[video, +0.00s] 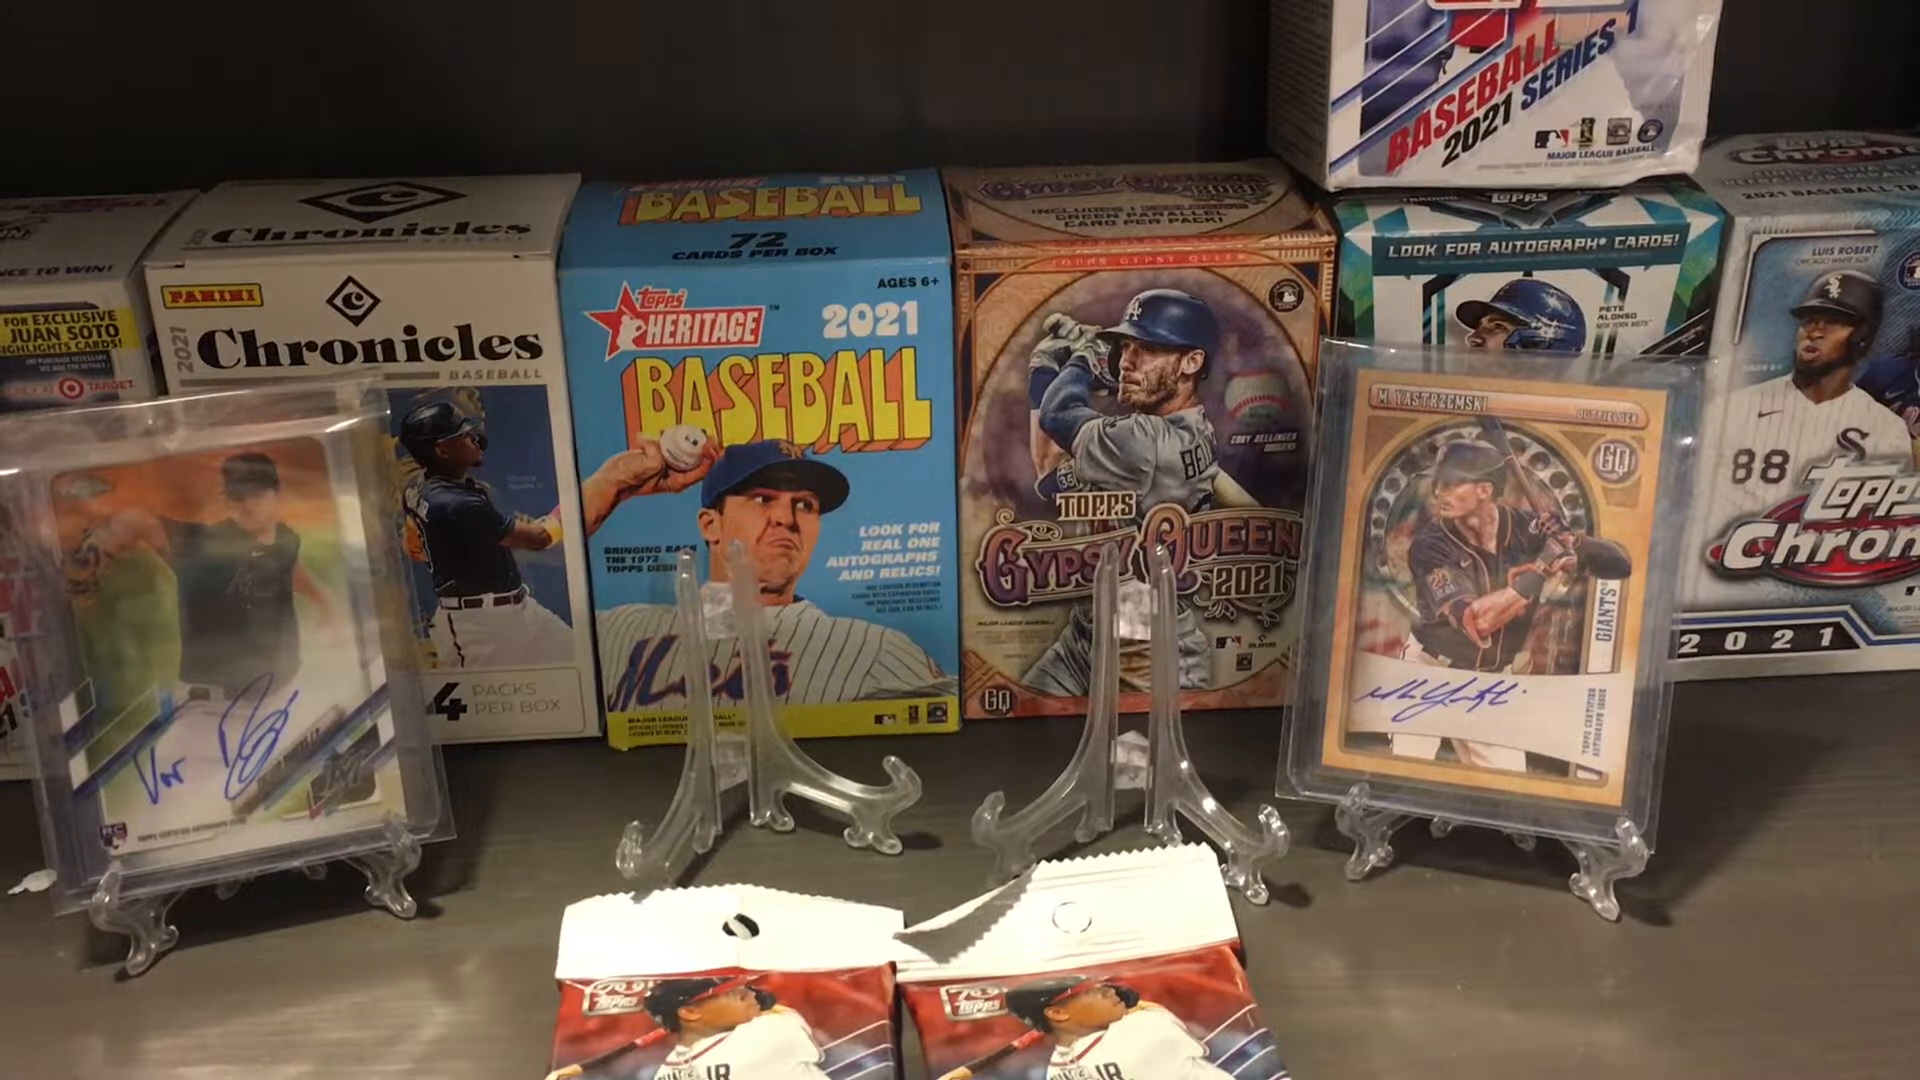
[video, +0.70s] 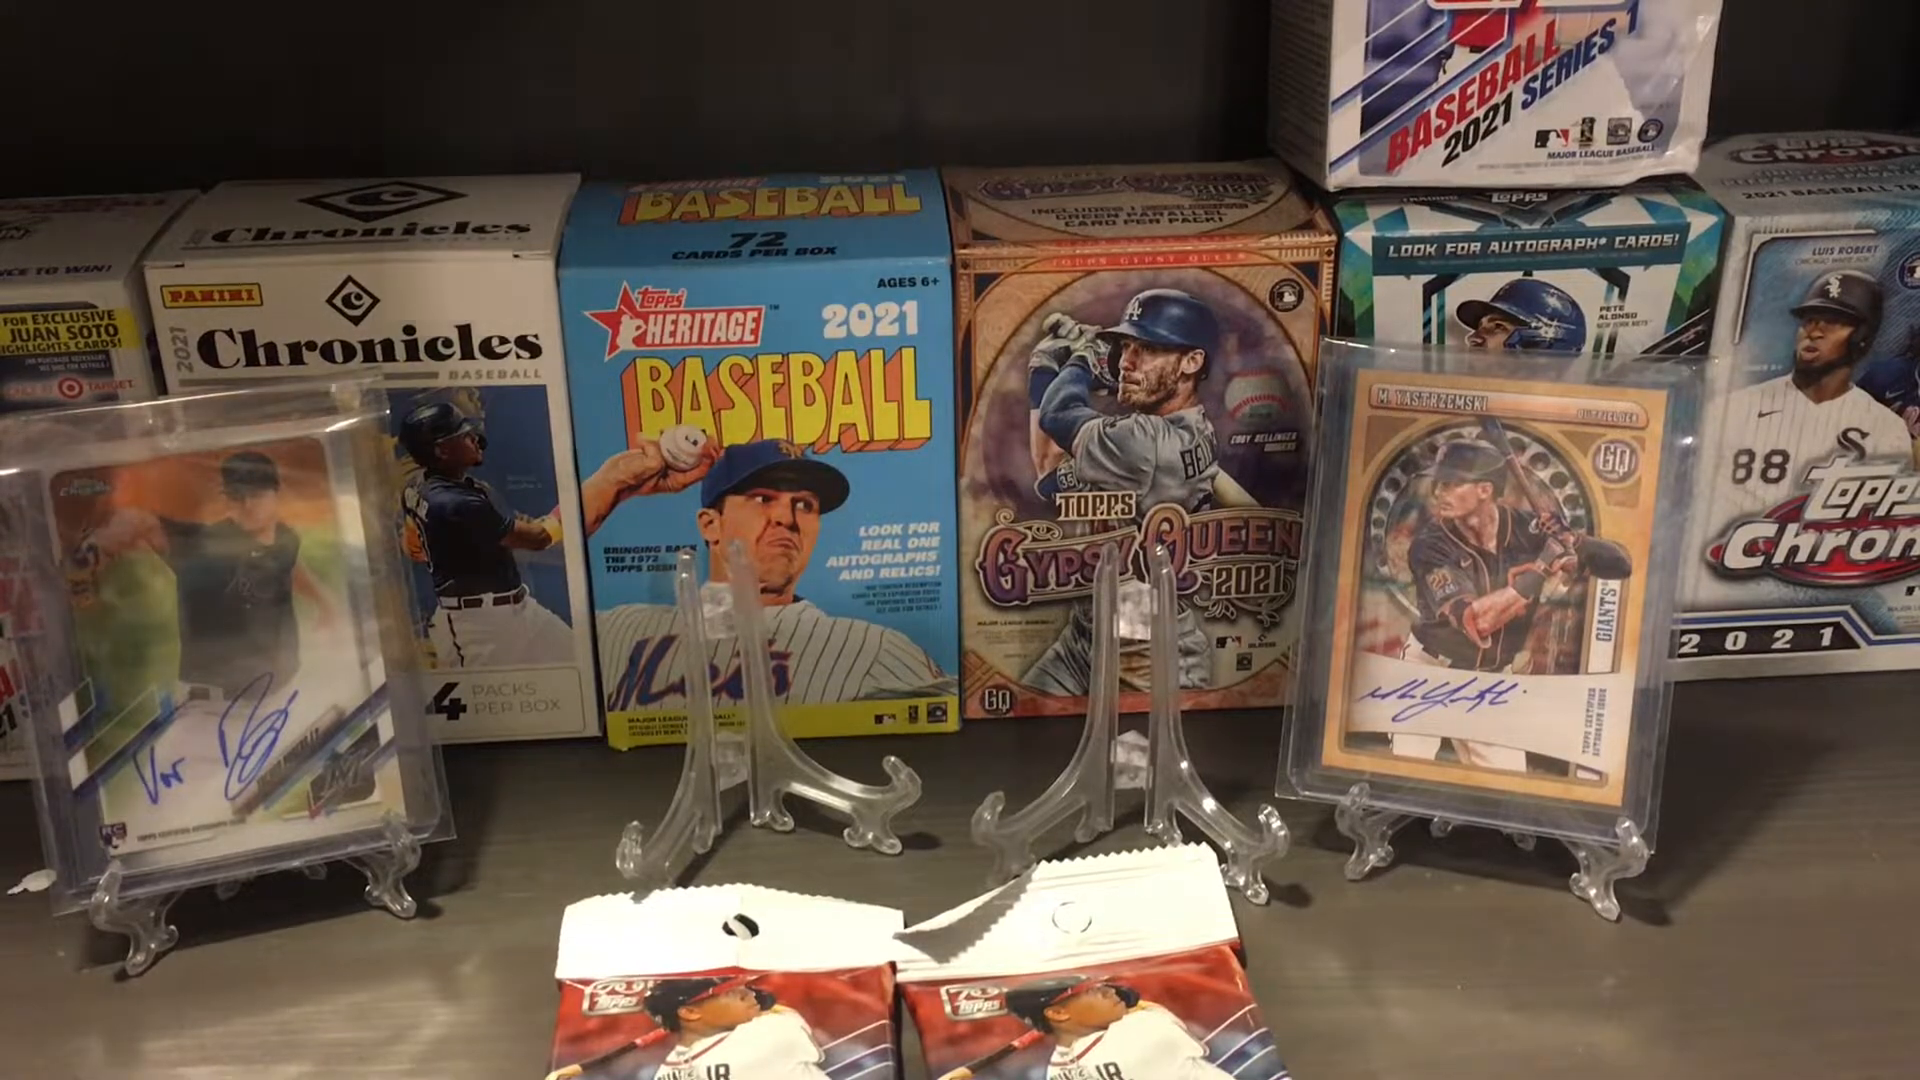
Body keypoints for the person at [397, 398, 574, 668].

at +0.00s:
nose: (476, 437)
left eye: (470, 431)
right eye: (465, 434)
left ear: (443, 451)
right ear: (442, 450)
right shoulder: (460, 507)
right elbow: (539, 538)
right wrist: (569, 510)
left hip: (519, 608)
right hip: (474, 623)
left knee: (587, 665)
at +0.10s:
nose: (475, 436)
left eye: (469, 430)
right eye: (464, 434)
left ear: (443, 451)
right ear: (442, 450)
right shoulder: (460, 507)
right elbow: (539, 538)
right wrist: (570, 509)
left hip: (519, 609)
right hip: (474, 623)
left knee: (587, 664)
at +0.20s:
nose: (473, 435)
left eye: (468, 430)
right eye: (463, 433)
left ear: (443, 452)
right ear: (442, 450)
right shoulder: (459, 507)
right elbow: (538, 537)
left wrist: (538, 524)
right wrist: (570, 509)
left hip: (519, 609)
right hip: (473, 623)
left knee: (587, 665)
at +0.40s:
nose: (474, 436)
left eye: (469, 430)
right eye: (464, 434)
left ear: (443, 451)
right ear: (442, 450)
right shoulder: (459, 506)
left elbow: (413, 544)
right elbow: (539, 537)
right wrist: (570, 510)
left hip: (520, 610)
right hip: (473, 624)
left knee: (588, 664)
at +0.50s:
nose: (474, 435)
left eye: (468, 429)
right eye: (463, 433)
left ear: (442, 451)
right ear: (441, 450)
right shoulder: (459, 506)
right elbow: (538, 538)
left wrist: (546, 522)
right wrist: (568, 512)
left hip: (520, 609)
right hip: (474, 623)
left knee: (588, 665)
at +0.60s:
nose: (474, 435)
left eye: (468, 429)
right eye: (463, 433)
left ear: (443, 452)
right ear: (442, 450)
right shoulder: (459, 506)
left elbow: (413, 544)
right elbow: (539, 537)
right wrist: (572, 510)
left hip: (519, 609)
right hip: (473, 624)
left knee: (587, 663)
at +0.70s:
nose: (474, 436)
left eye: (469, 430)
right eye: (464, 434)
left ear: (442, 451)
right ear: (441, 450)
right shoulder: (459, 505)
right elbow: (538, 537)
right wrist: (569, 512)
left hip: (520, 609)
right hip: (474, 623)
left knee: (588, 664)